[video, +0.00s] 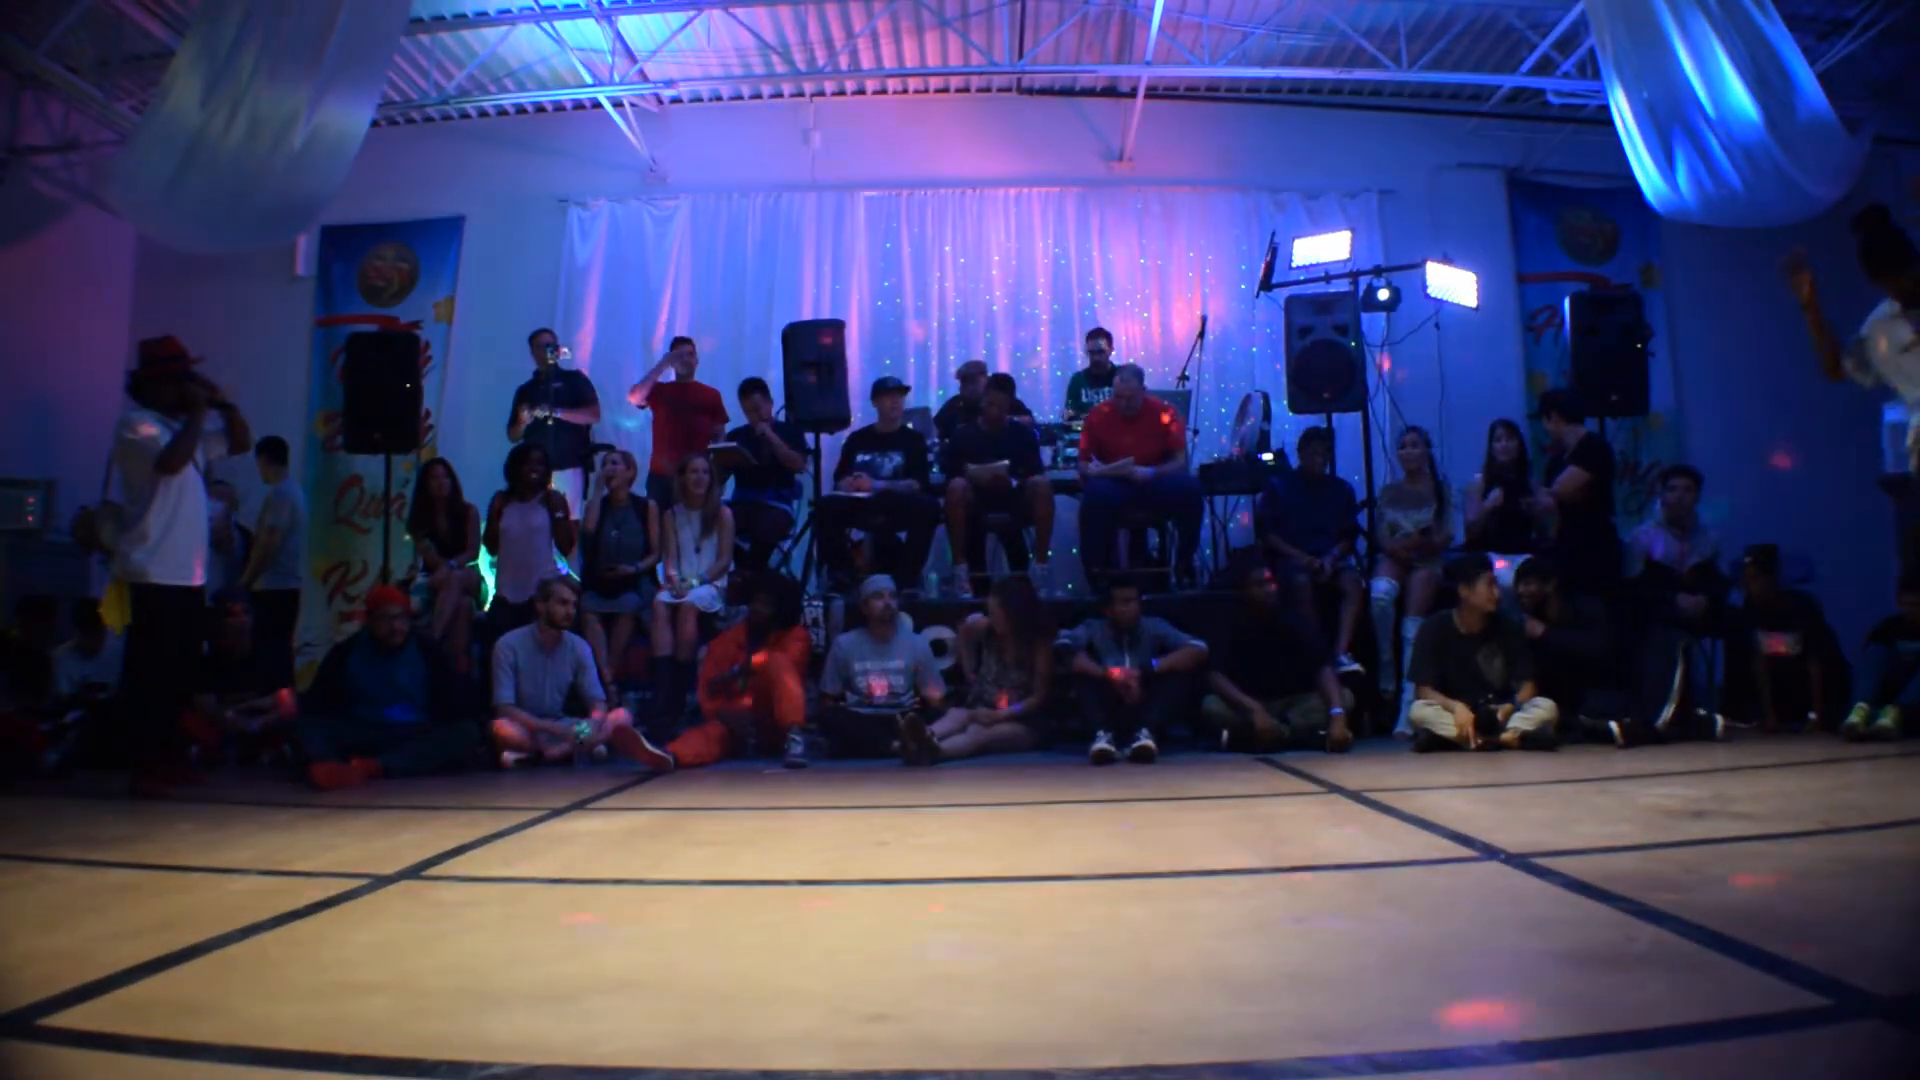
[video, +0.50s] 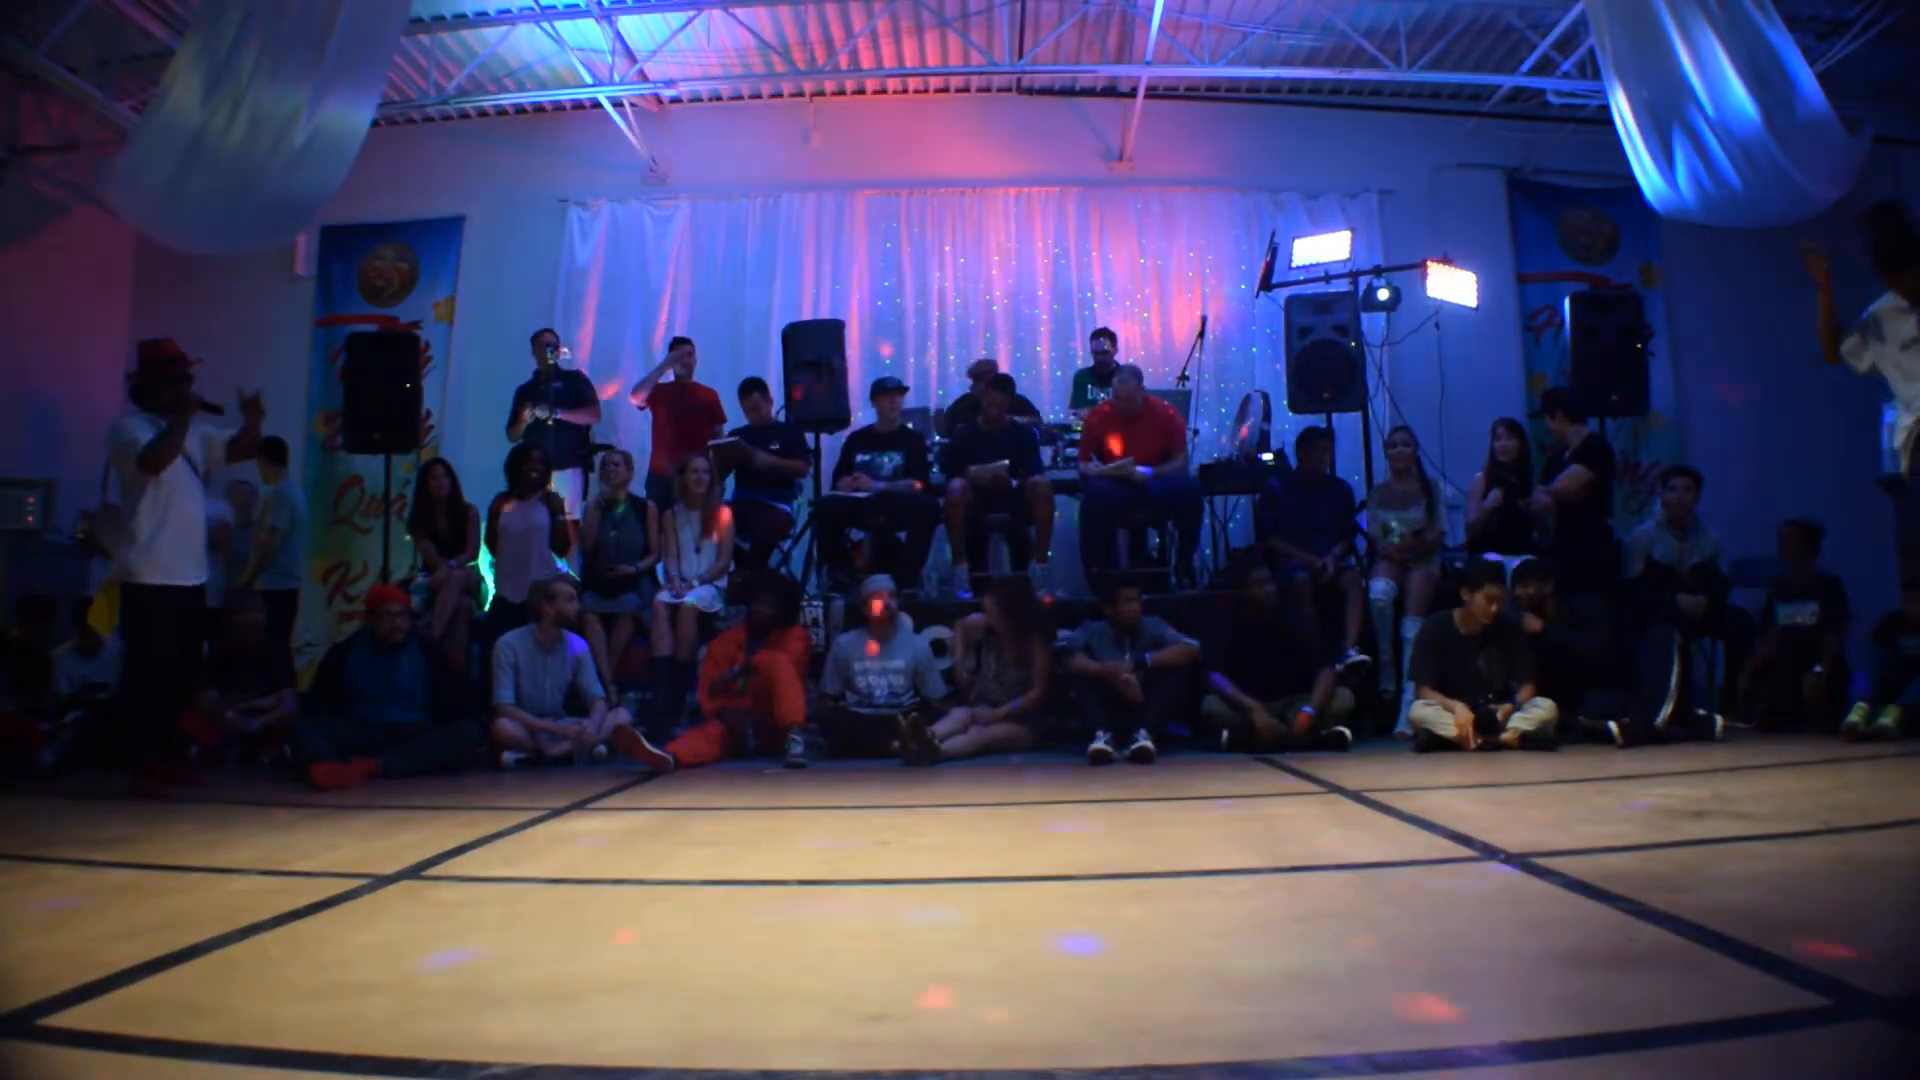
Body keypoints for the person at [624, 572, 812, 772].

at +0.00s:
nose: (756, 611)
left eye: (765, 605)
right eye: (755, 603)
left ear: (782, 610)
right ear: (749, 604)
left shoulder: (795, 636)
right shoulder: (727, 642)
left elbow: (785, 662)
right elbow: (709, 703)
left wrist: (747, 667)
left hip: (772, 721)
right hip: (736, 723)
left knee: (776, 662)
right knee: (712, 734)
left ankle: (794, 737)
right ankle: (670, 755)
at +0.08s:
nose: (756, 611)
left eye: (765, 606)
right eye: (754, 603)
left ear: (782, 611)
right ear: (749, 604)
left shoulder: (795, 636)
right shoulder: (728, 642)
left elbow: (784, 658)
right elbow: (708, 694)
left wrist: (746, 669)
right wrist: (726, 716)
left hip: (773, 719)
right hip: (737, 721)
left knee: (773, 659)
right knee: (710, 735)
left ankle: (794, 737)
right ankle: (670, 756)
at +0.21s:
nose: (756, 611)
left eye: (765, 605)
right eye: (755, 603)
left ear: (782, 610)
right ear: (749, 604)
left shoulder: (795, 636)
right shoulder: (726, 642)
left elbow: (783, 665)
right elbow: (708, 699)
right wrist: (726, 711)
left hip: (771, 718)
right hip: (735, 720)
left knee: (774, 661)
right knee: (712, 735)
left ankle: (794, 737)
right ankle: (670, 755)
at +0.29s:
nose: (756, 610)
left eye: (765, 605)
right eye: (755, 603)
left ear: (782, 610)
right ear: (749, 604)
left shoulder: (794, 637)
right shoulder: (726, 643)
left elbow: (784, 670)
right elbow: (709, 701)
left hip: (771, 721)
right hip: (735, 722)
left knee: (775, 662)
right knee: (711, 735)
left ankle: (794, 738)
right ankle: (670, 756)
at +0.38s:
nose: (757, 611)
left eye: (766, 605)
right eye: (755, 604)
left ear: (782, 610)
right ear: (749, 605)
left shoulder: (795, 637)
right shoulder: (726, 643)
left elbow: (782, 669)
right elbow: (709, 703)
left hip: (773, 720)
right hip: (736, 721)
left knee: (775, 661)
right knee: (712, 735)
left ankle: (795, 737)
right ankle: (670, 756)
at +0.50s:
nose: (760, 612)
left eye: (768, 606)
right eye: (756, 604)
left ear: (784, 611)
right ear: (749, 605)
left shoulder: (795, 637)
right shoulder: (725, 644)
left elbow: (784, 665)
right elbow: (709, 703)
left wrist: (743, 670)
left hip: (773, 721)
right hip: (736, 722)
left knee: (775, 661)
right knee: (711, 734)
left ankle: (794, 737)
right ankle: (670, 756)